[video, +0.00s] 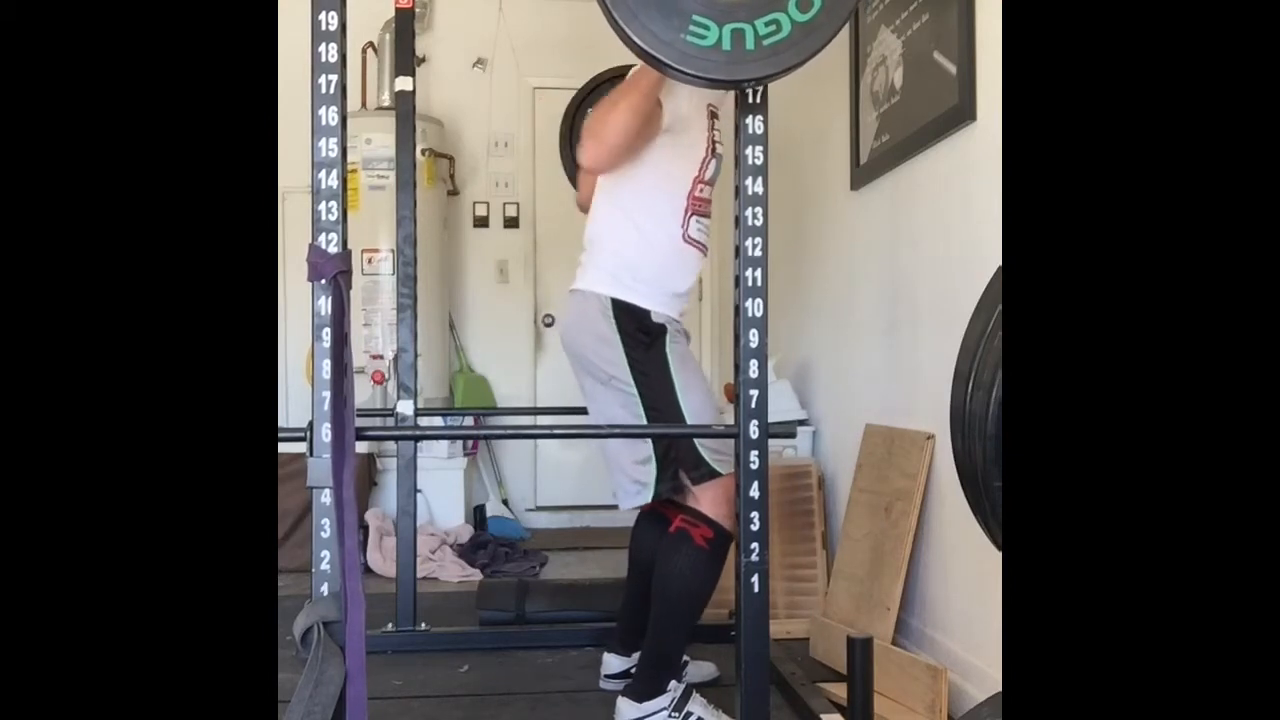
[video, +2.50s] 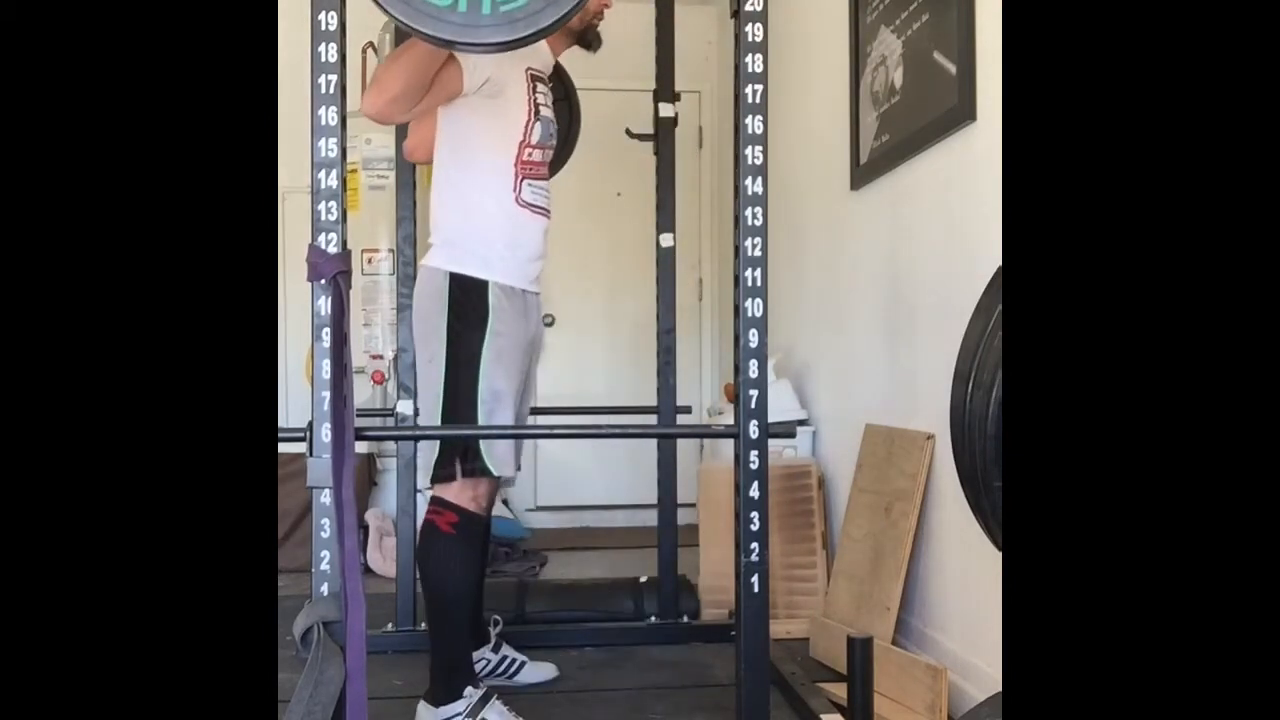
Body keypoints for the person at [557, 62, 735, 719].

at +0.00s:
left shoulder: (701, 102)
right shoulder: (648, 83)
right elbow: (593, 154)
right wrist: (660, 55)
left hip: (642, 315)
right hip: (619, 314)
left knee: (677, 490)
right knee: (715, 492)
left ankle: (630, 653)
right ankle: (652, 692)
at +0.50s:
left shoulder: (678, 57)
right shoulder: (642, 40)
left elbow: (570, 148)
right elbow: (566, 102)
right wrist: (640, 16)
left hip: (663, 285)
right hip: (640, 286)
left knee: (647, 476)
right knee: (657, 477)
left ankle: (628, 650)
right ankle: (647, 692)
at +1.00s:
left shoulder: (665, 55)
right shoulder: (627, 38)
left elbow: (554, 147)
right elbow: (549, 105)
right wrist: (619, 19)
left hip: (646, 279)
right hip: (622, 279)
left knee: (643, 470)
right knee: (659, 470)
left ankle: (629, 649)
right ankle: (653, 689)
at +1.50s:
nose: (691, 28)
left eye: (691, 21)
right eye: (686, 18)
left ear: (645, 15)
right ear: (650, 8)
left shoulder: (605, 67)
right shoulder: (569, 42)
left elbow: (493, 148)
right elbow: (462, 99)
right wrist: (544, 17)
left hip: (590, 297)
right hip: (543, 292)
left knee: (623, 474)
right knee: (520, 489)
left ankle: (631, 648)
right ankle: (452, 694)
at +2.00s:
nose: (635, 10)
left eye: (636, 5)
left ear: (602, 9)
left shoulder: (551, 57)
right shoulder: (509, 31)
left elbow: (434, 134)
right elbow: (397, 90)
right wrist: (453, 14)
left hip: (518, 286)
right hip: (480, 283)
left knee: (492, 484)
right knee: (472, 489)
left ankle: (475, 646)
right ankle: (445, 696)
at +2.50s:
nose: (605, 13)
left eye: (604, 7)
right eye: (599, 4)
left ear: (574, 14)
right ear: (568, 3)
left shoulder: (534, 69)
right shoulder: (486, 48)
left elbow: (419, 143)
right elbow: (379, 100)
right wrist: (448, 19)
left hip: (509, 292)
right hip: (468, 288)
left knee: (483, 481)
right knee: (462, 484)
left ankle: (474, 647)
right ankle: (447, 693)